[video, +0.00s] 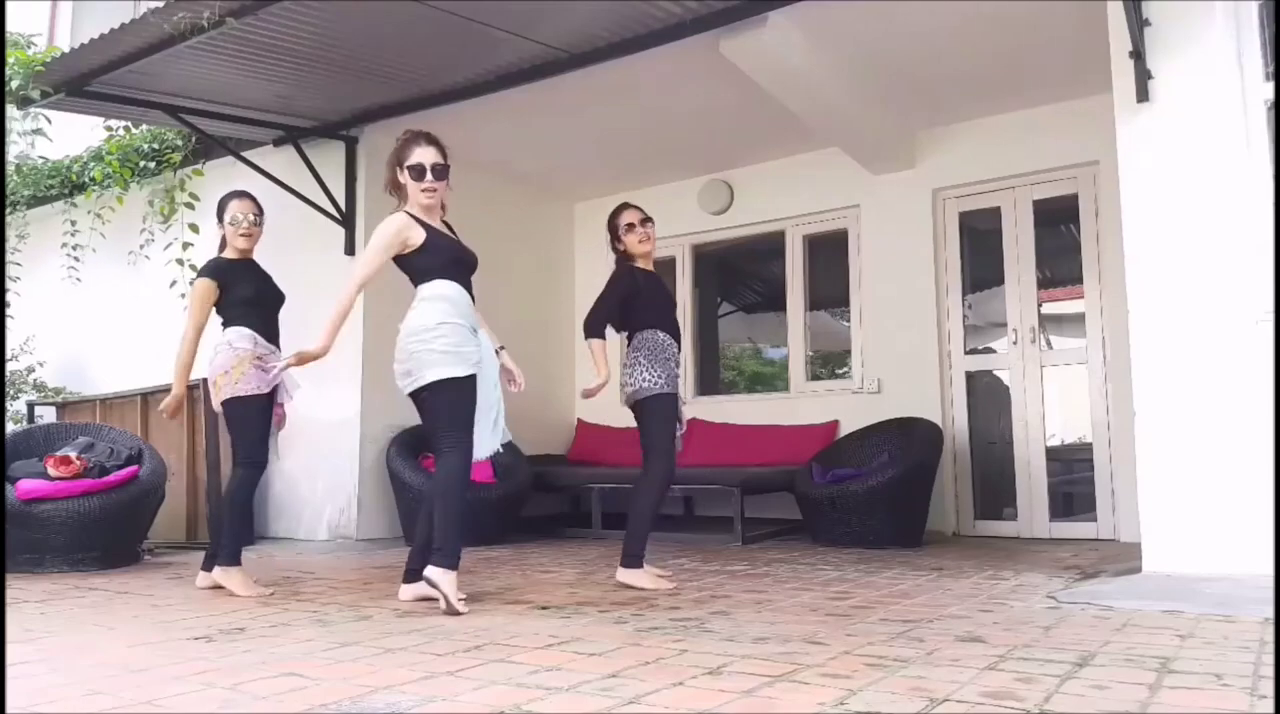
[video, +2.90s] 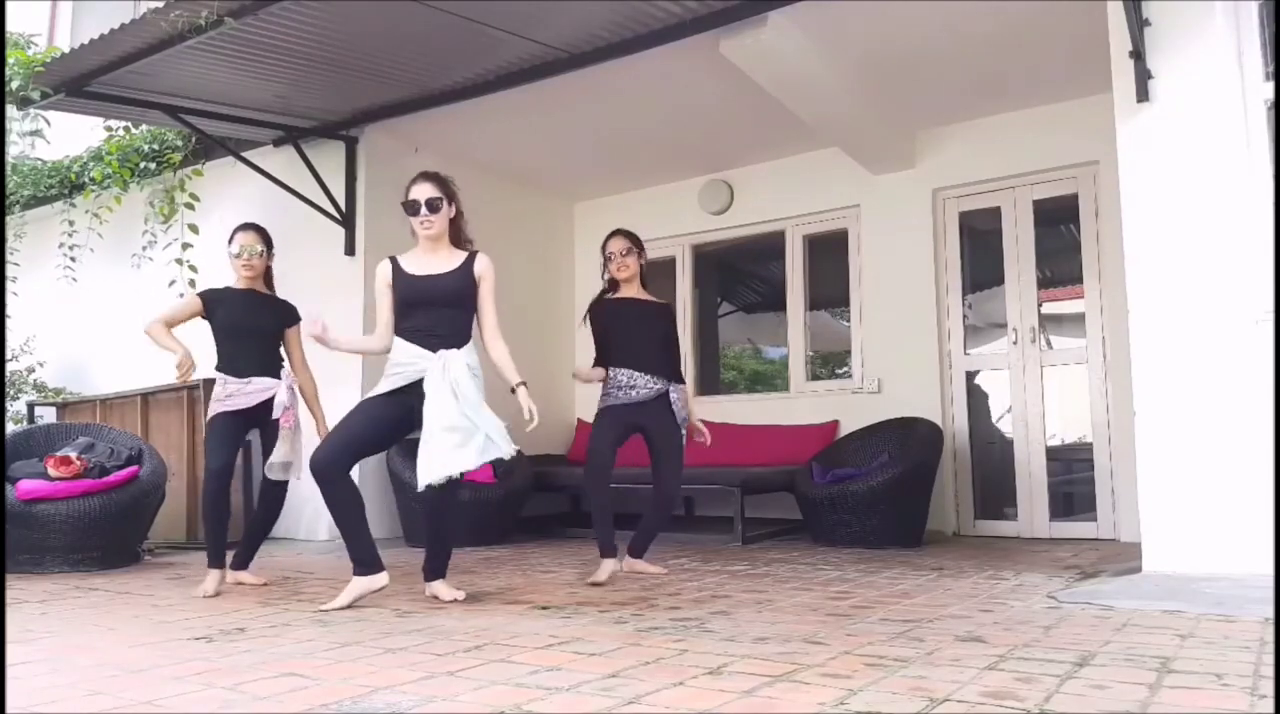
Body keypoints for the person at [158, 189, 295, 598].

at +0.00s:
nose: (247, 225)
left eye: (254, 219)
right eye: (237, 219)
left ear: (262, 226)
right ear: (222, 227)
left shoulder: (258, 271)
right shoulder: (215, 270)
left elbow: (267, 335)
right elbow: (193, 331)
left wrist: (276, 390)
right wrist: (179, 388)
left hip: (263, 373)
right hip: (237, 370)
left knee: (247, 465)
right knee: (251, 464)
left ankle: (215, 563)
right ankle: (229, 565)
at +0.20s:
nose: (247, 231)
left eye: (254, 225)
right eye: (237, 226)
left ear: (263, 233)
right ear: (223, 234)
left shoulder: (267, 289)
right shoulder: (211, 275)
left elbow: (272, 353)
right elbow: (202, 338)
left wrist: (288, 403)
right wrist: (222, 347)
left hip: (259, 384)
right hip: (222, 381)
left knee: (253, 472)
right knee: (259, 463)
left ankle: (213, 566)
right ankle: (229, 566)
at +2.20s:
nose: (245, 236)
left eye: (253, 230)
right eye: (237, 230)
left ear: (264, 236)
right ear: (226, 236)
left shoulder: (279, 287)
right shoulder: (214, 280)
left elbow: (281, 346)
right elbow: (196, 339)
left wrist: (286, 397)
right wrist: (192, 390)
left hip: (266, 385)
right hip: (227, 383)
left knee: (249, 473)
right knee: (225, 469)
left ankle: (228, 564)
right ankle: (201, 565)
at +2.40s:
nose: (247, 239)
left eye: (255, 232)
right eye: (238, 233)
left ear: (267, 238)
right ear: (229, 239)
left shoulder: (284, 291)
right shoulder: (213, 279)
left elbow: (288, 353)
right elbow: (196, 333)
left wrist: (297, 402)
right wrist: (189, 371)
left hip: (269, 387)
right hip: (225, 384)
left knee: (260, 475)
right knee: (232, 469)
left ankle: (238, 566)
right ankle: (208, 567)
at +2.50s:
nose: (249, 247)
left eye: (257, 239)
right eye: (240, 240)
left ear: (270, 246)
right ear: (230, 246)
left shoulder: (283, 299)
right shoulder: (212, 287)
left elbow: (290, 363)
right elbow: (208, 347)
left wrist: (309, 412)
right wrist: (180, 314)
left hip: (272, 392)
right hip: (227, 389)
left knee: (268, 479)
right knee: (230, 468)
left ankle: (240, 564)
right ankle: (214, 564)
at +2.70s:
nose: (249, 259)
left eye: (257, 252)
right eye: (241, 253)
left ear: (270, 257)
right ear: (231, 258)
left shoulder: (284, 308)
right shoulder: (214, 296)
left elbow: (298, 368)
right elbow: (156, 318)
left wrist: (316, 414)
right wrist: (203, 300)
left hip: (275, 398)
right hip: (230, 397)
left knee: (275, 490)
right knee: (224, 472)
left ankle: (240, 567)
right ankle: (215, 559)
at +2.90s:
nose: (246, 257)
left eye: (255, 251)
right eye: (239, 251)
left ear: (269, 258)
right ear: (229, 258)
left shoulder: (283, 310)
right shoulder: (213, 299)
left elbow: (301, 370)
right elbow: (156, 326)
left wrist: (321, 421)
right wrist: (181, 349)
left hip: (275, 399)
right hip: (229, 398)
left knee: (277, 480)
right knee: (216, 473)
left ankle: (240, 566)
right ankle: (215, 568)